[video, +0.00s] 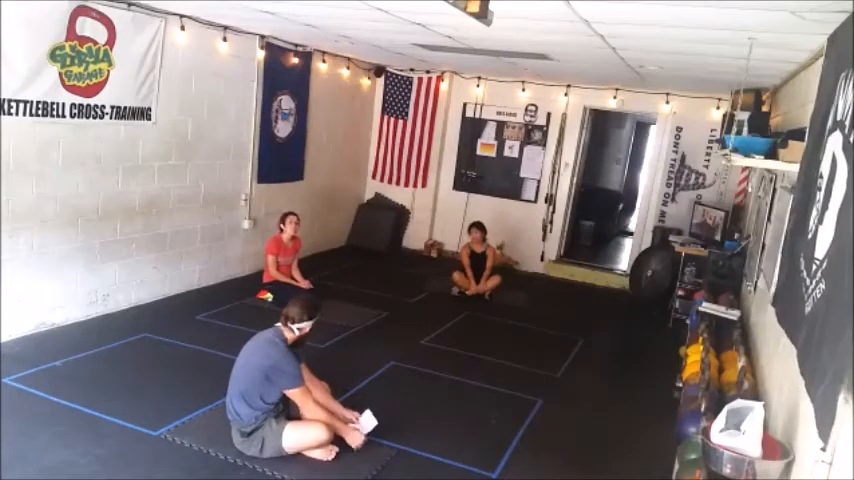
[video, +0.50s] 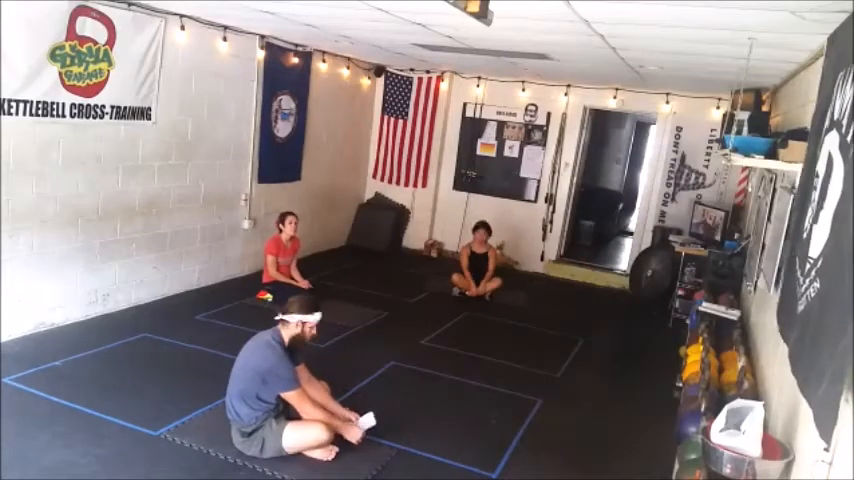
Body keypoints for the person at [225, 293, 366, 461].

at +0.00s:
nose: (311, 328)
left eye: (312, 323)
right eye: (312, 324)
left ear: (285, 317)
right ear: (304, 328)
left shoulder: (276, 336)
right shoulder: (280, 357)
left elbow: (311, 383)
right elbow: (308, 406)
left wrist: (342, 412)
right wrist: (344, 431)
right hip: (253, 433)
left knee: (322, 387)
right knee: (322, 431)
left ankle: (309, 445)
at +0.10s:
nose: (312, 327)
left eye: (313, 322)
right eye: (313, 323)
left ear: (285, 317)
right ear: (305, 327)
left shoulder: (279, 336)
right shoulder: (278, 359)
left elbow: (310, 383)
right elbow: (308, 410)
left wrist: (342, 412)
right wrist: (345, 430)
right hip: (253, 433)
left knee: (322, 387)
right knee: (323, 432)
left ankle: (310, 445)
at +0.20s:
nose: (312, 328)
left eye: (313, 323)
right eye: (313, 324)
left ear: (284, 318)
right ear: (304, 330)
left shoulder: (282, 339)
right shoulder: (272, 361)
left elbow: (309, 383)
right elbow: (306, 411)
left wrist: (341, 414)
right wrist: (345, 430)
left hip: (269, 406)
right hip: (253, 433)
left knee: (322, 387)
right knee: (322, 432)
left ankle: (309, 446)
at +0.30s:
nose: (312, 327)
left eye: (313, 323)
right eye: (313, 324)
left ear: (285, 318)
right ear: (304, 329)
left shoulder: (280, 338)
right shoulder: (273, 359)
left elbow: (309, 382)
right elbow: (307, 411)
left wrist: (341, 414)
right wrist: (344, 430)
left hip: (269, 406)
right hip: (253, 432)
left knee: (322, 387)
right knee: (322, 432)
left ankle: (309, 445)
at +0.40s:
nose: (312, 328)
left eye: (313, 323)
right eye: (313, 324)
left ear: (285, 318)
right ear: (304, 329)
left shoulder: (280, 338)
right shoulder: (273, 359)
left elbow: (309, 383)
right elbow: (306, 410)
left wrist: (341, 414)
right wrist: (343, 429)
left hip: (269, 405)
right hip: (253, 432)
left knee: (322, 387)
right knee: (323, 432)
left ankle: (309, 445)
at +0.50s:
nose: (315, 332)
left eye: (316, 326)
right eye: (312, 327)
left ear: (296, 324)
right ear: (298, 325)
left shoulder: (284, 340)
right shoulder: (272, 359)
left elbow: (309, 383)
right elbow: (306, 410)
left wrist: (341, 412)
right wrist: (342, 428)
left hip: (271, 406)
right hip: (253, 432)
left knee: (322, 387)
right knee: (322, 432)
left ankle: (309, 445)